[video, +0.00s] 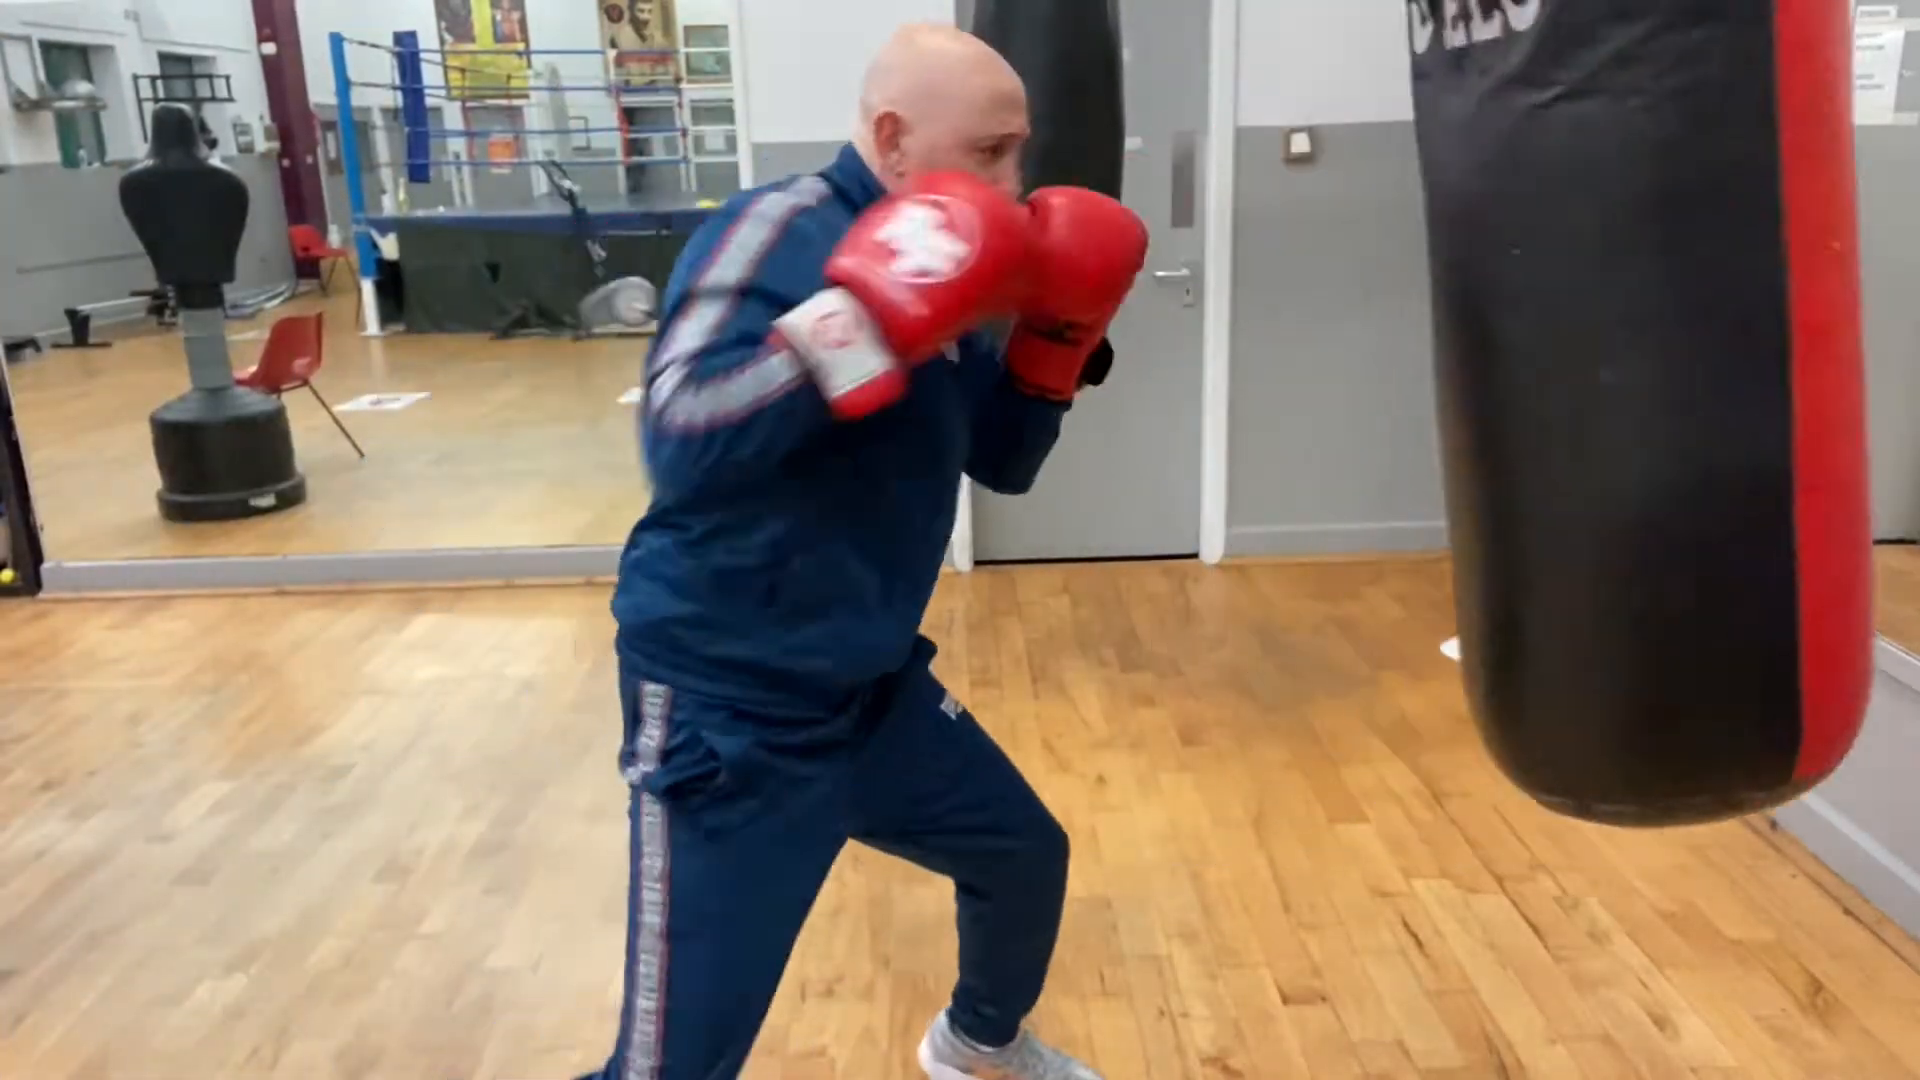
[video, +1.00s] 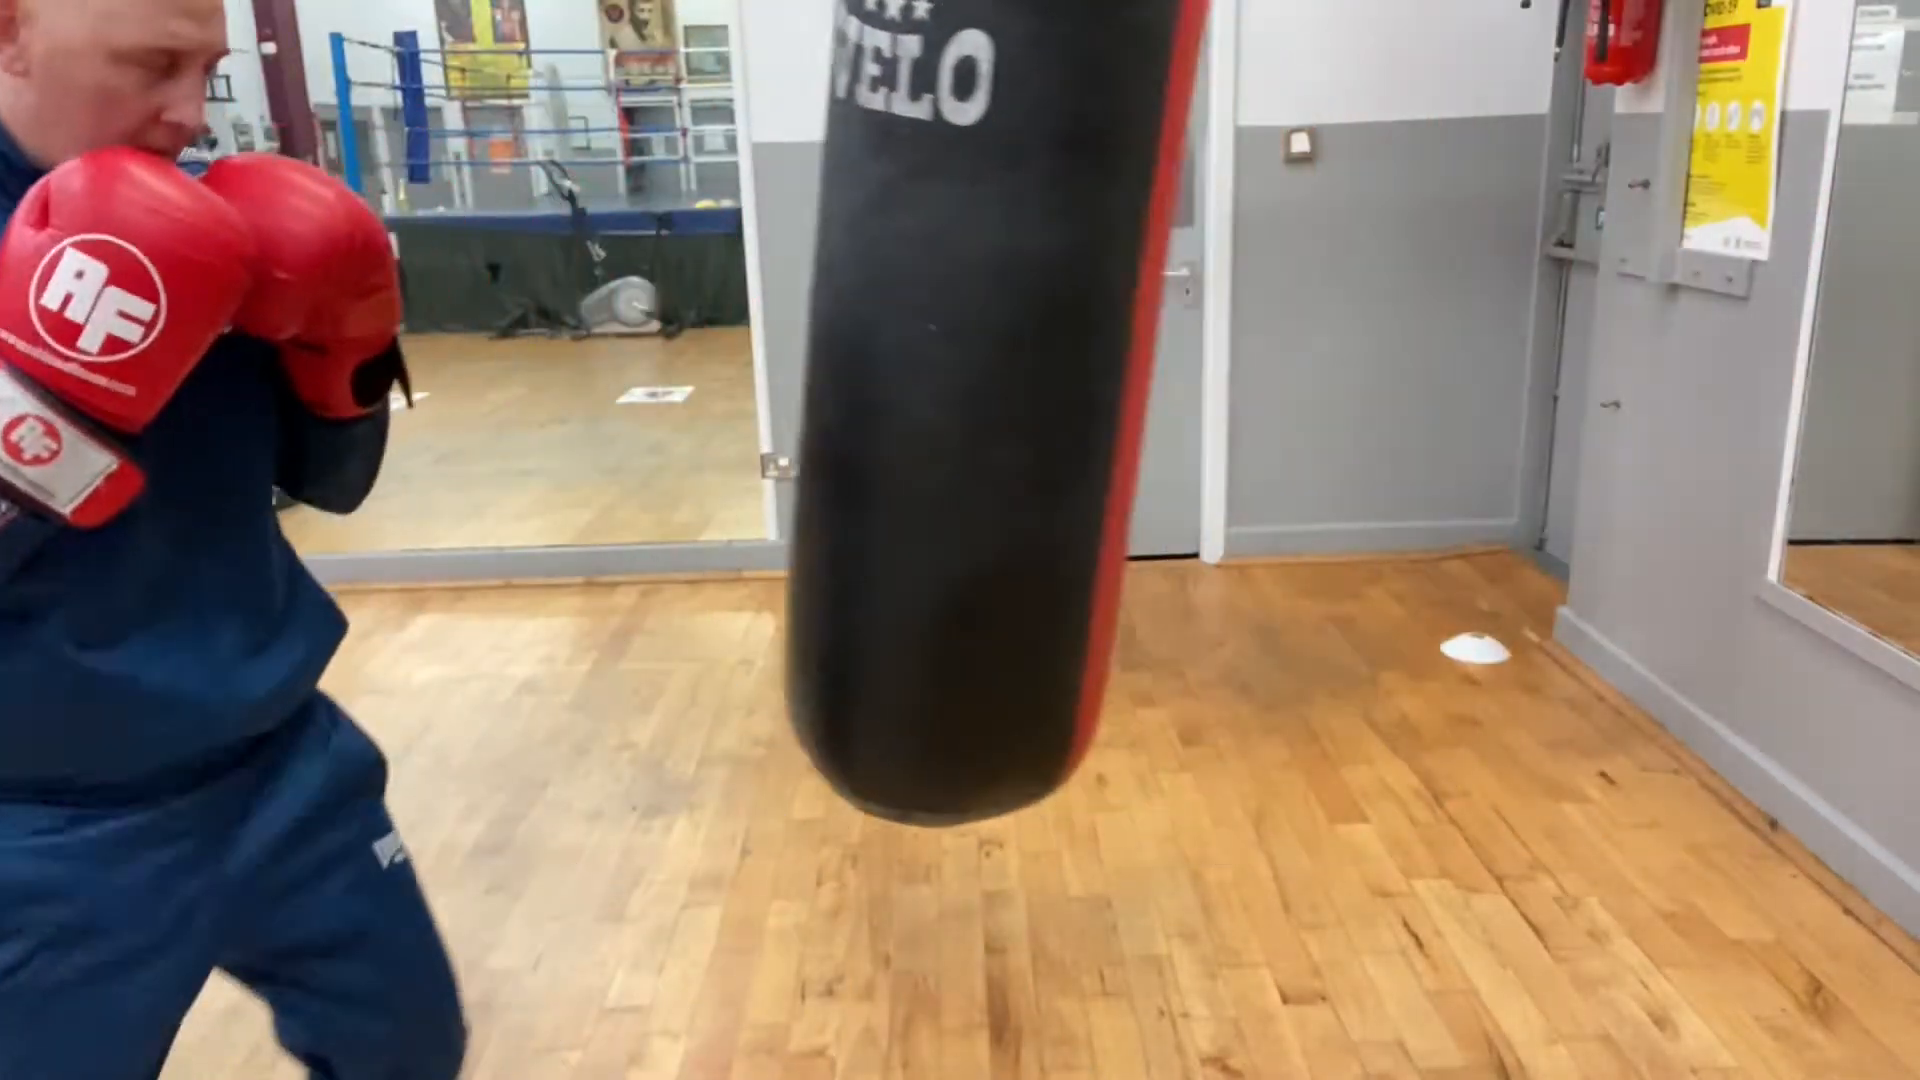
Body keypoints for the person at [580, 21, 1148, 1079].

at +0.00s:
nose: (1013, 183)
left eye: (1020, 152)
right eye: (988, 151)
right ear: (890, 139)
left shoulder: (956, 271)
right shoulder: (771, 229)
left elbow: (1002, 462)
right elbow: (678, 432)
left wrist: (1056, 338)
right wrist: (866, 317)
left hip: (866, 686)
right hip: (723, 701)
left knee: (1024, 857)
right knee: (669, 1065)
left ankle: (980, 1042)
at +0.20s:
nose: (791, 107)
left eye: (804, 74)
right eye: (765, 76)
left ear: (817, 57)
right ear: (652, 53)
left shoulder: (789, 197)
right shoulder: (529, 197)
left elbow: (884, 404)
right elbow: (531, 470)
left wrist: (928, 276)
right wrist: (672, 281)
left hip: (786, 684)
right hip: (600, 721)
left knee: (934, 905)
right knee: (573, 1057)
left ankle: (975, 1047)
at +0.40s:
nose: (695, 108)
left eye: (714, 71)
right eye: (665, 72)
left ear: (729, 44)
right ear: (545, 33)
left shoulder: (712, 167)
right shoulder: (396, 179)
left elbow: (795, 375)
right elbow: (389, 475)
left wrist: (840, 276)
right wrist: (544, 306)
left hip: (679, 663)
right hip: (474, 688)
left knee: (800, 950)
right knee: (415, 1052)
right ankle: (364, 1067)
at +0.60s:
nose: (522, 189)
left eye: (539, 154)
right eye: (493, 152)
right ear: (366, 108)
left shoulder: (537, 241)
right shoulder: (192, 269)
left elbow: (636, 482)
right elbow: (198, 583)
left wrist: (673, 375)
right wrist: (377, 416)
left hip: (560, 772)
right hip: (324, 819)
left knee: (747, 1011)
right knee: (248, 1071)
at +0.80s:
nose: (299, 72)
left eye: (316, 29)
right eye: (268, 22)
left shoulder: (288, 151)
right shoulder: (10, 172)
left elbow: (405, 423)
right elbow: (2, 531)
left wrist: (436, 314)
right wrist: (146, 341)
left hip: (376, 702)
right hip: (134, 767)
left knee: (563, 964)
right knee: (116, 1064)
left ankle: (597, 1077)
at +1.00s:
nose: (189, 113)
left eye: (206, 71)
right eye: (150, 65)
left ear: (223, 59)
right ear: (16, 38)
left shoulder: (201, 230)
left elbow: (327, 485)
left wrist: (340, 353)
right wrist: (46, 402)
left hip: (280, 775)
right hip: (55, 836)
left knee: (409, 1049)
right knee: (57, 1070)